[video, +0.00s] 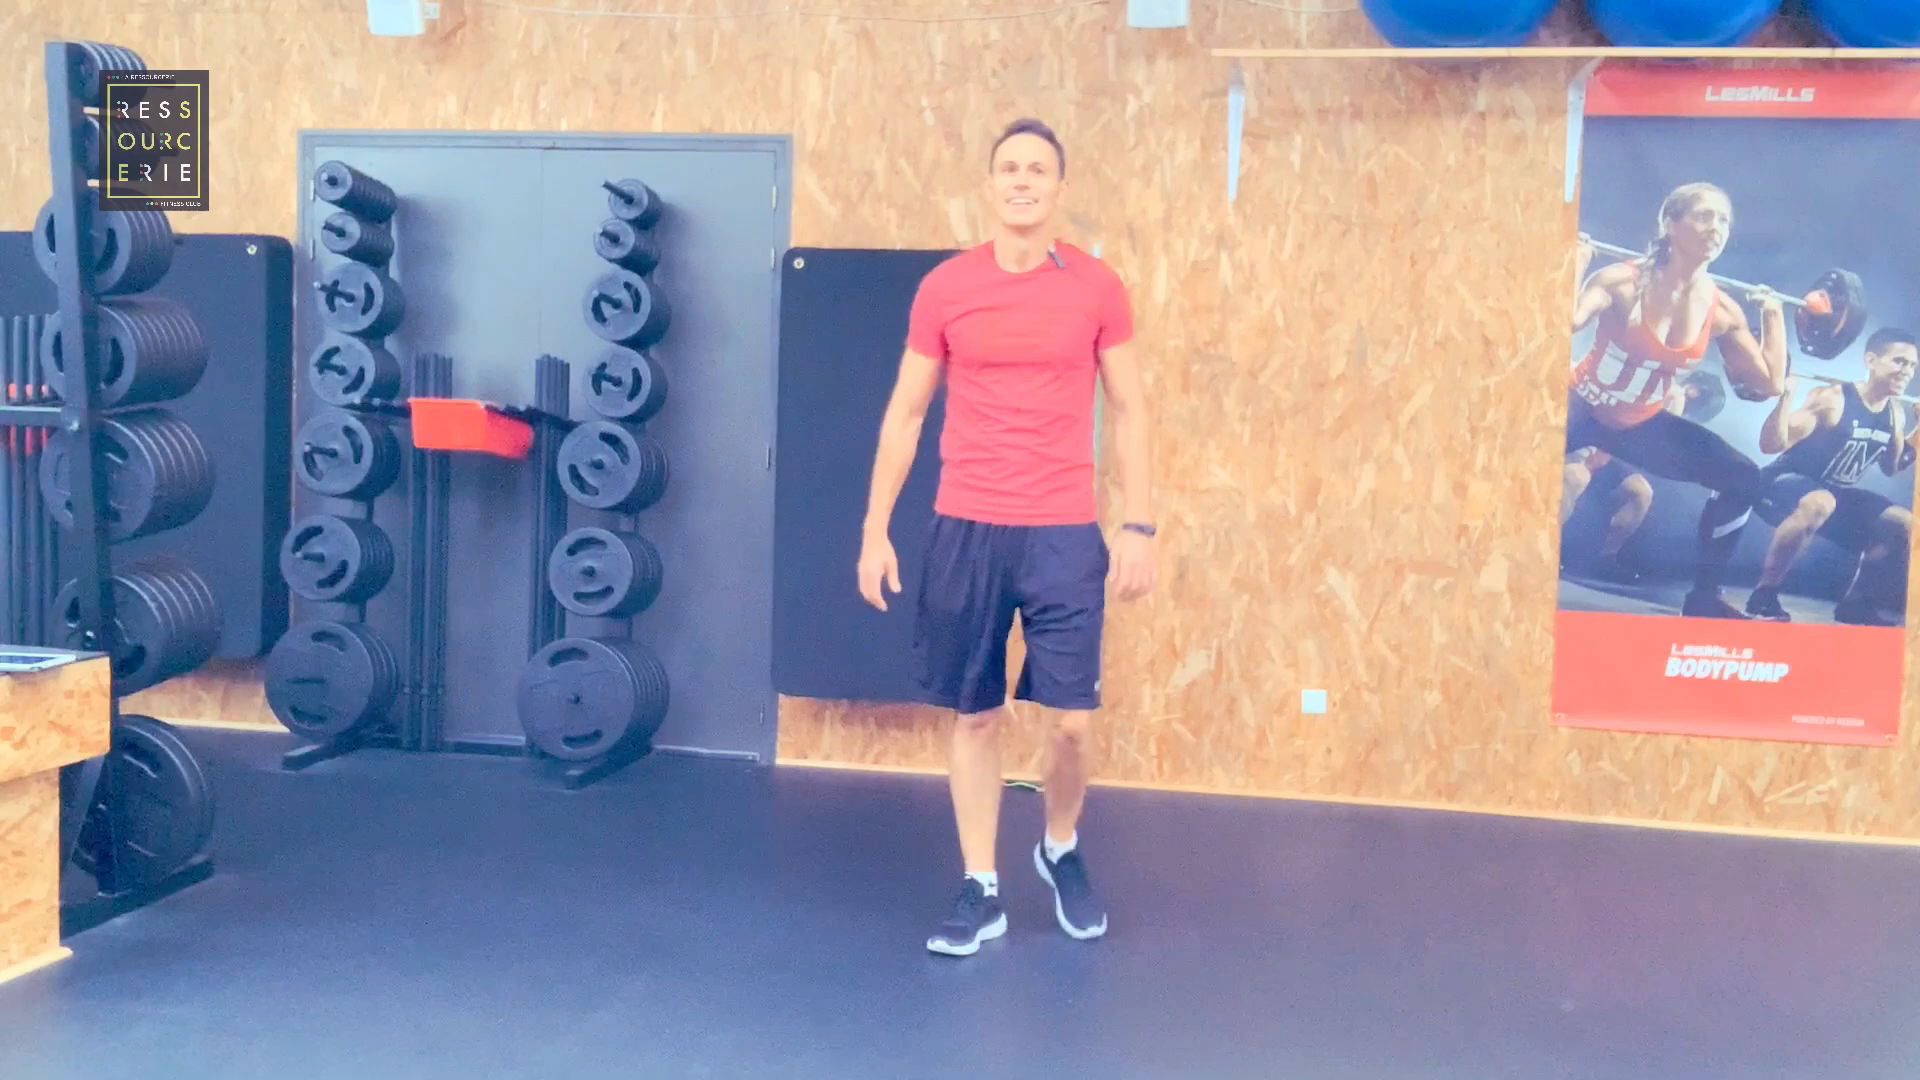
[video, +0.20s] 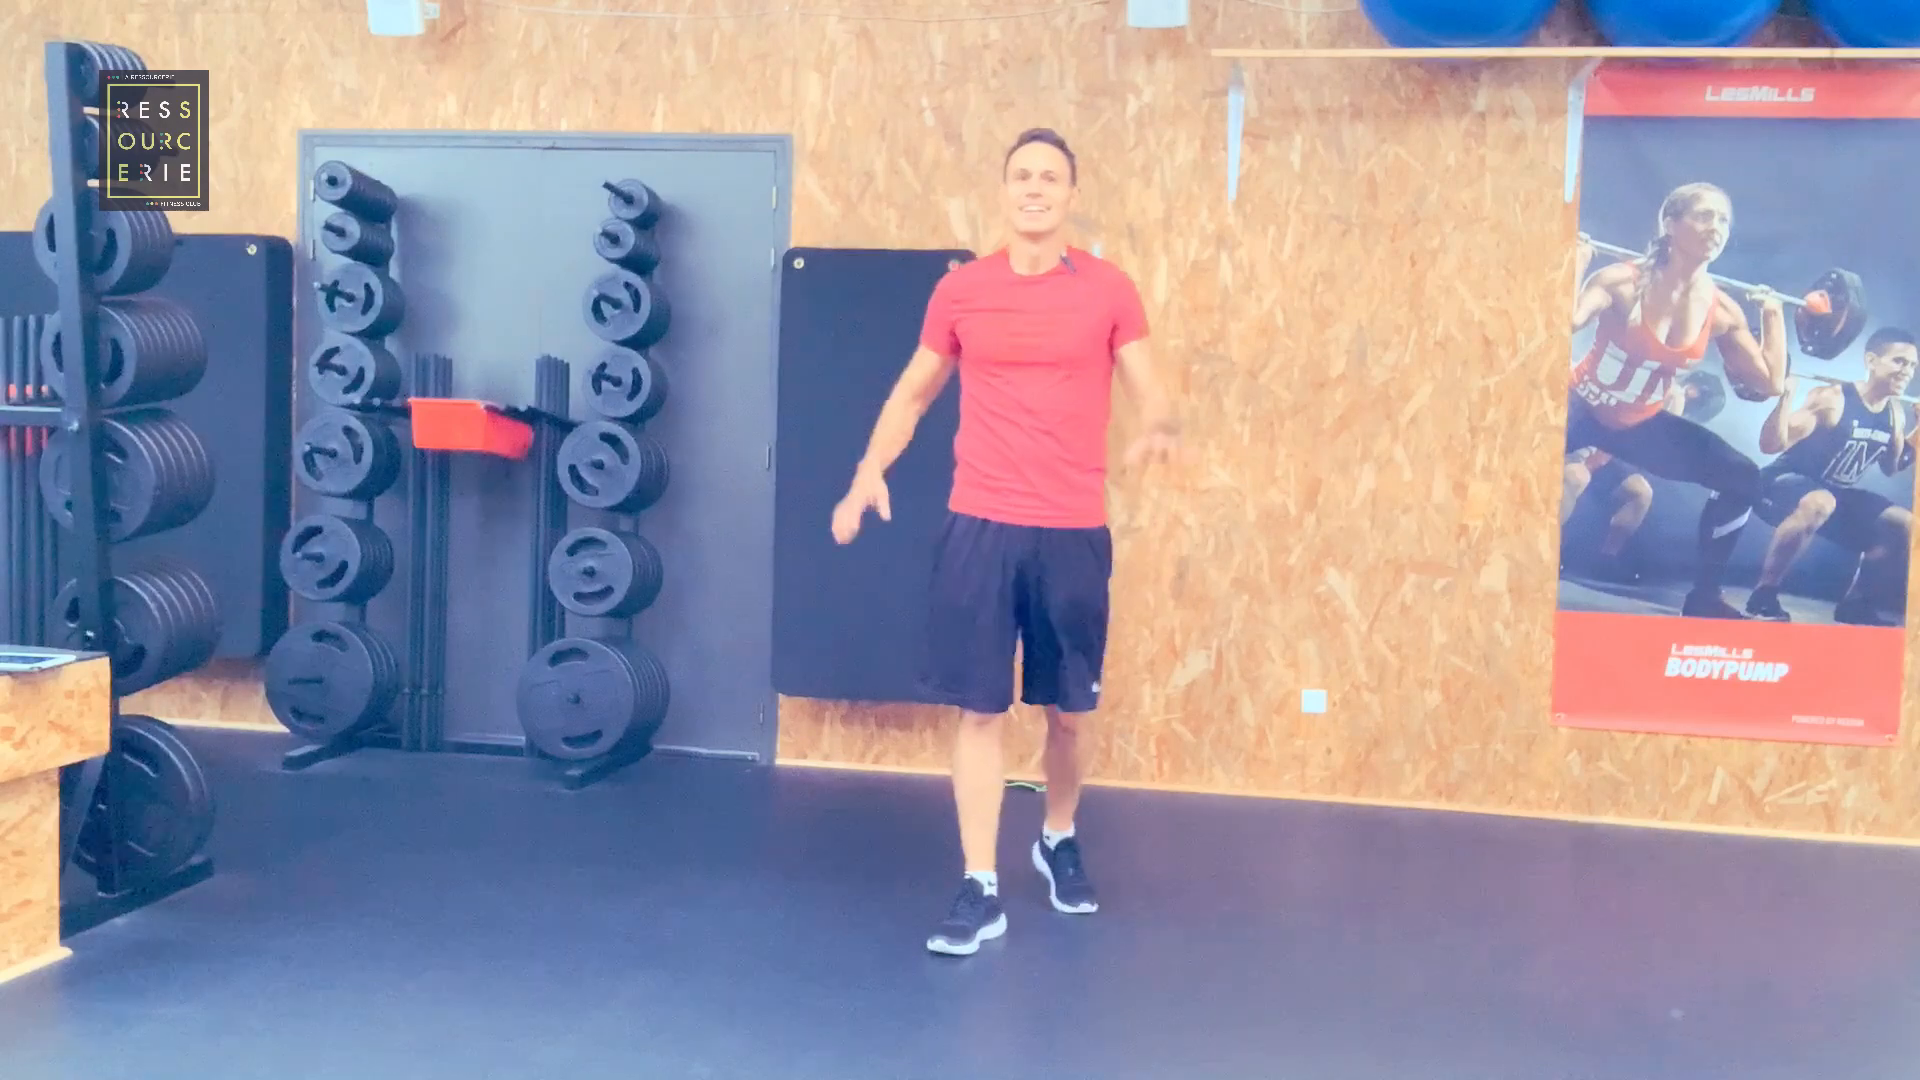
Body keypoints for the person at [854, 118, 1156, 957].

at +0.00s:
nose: (1020, 182)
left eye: (1036, 171)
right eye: (1008, 169)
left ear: (1062, 190)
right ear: (986, 187)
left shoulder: (1097, 287)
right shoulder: (945, 286)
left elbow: (1128, 409)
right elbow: (905, 412)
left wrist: (1137, 523)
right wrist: (875, 530)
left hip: (1066, 534)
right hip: (965, 531)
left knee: (1070, 721)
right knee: (975, 714)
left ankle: (1061, 850)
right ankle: (980, 888)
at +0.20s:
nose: (1032, 190)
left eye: (1047, 179)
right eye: (1021, 178)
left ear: (1072, 197)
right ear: (1002, 193)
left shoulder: (1109, 290)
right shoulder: (961, 290)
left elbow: (1157, 397)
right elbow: (910, 396)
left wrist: (1158, 431)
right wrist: (871, 470)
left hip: (1074, 531)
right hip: (979, 527)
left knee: (1069, 709)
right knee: (981, 706)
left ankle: (1059, 839)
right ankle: (979, 886)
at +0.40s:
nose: (1058, 201)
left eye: (1072, 190)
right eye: (1046, 189)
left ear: (1095, 205)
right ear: (1025, 203)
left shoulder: (1127, 291)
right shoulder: (983, 288)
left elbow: (1180, 393)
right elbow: (907, 390)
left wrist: (1180, 318)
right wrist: (877, 345)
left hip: (1092, 524)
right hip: (1003, 523)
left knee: (1067, 703)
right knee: (992, 704)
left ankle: (1053, 852)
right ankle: (978, 884)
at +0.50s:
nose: (1068, 203)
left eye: (1081, 192)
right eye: (1056, 191)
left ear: (1103, 208)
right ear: (1035, 205)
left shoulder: (1133, 292)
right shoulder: (990, 287)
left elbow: (1189, 384)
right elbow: (906, 377)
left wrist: (1185, 305)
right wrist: (891, 312)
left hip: (1096, 524)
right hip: (1007, 523)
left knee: (1071, 696)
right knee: (995, 698)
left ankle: (1052, 851)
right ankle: (981, 881)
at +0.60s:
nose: (1074, 201)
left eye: (1087, 190)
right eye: (1062, 189)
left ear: (1108, 206)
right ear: (1041, 203)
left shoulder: (1134, 288)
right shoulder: (995, 280)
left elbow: (1194, 381)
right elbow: (909, 368)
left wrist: (1189, 303)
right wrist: (907, 299)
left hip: (1093, 516)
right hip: (1008, 512)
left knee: (1074, 692)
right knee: (991, 690)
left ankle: (1053, 854)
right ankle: (979, 872)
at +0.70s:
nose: (1076, 205)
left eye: (1089, 194)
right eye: (1064, 194)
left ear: (1109, 208)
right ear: (1043, 206)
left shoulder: (1135, 292)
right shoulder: (997, 281)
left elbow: (1195, 383)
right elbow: (912, 367)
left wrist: (1196, 306)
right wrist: (916, 294)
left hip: (1090, 518)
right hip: (1006, 513)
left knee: (1072, 691)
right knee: (987, 689)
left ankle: (1053, 852)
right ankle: (972, 861)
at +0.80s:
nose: (1075, 206)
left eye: (1087, 195)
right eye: (1062, 194)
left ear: (1106, 208)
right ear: (1041, 206)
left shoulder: (1130, 293)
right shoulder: (996, 281)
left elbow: (1191, 381)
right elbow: (911, 367)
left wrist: (1197, 306)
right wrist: (918, 292)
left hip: (1087, 515)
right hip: (1004, 510)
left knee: (1070, 686)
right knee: (982, 682)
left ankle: (1054, 851)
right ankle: (961, 847)